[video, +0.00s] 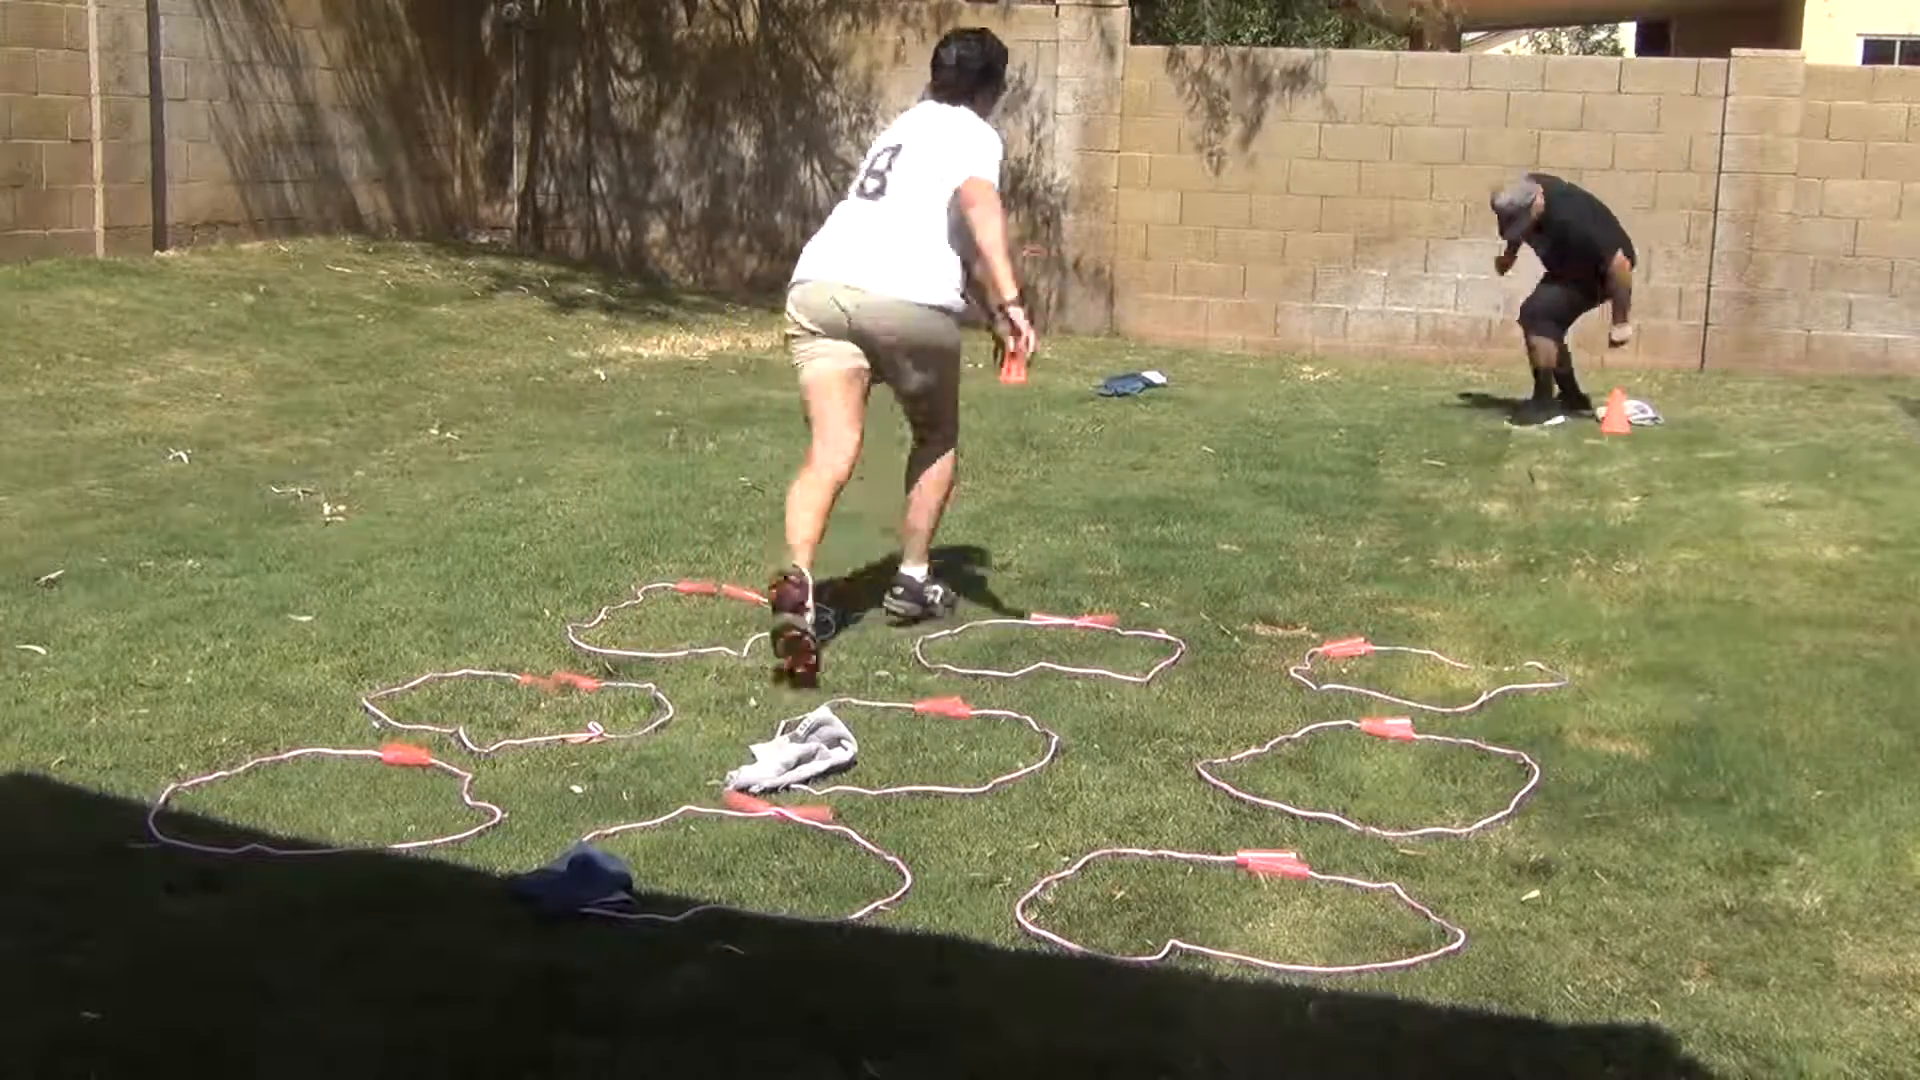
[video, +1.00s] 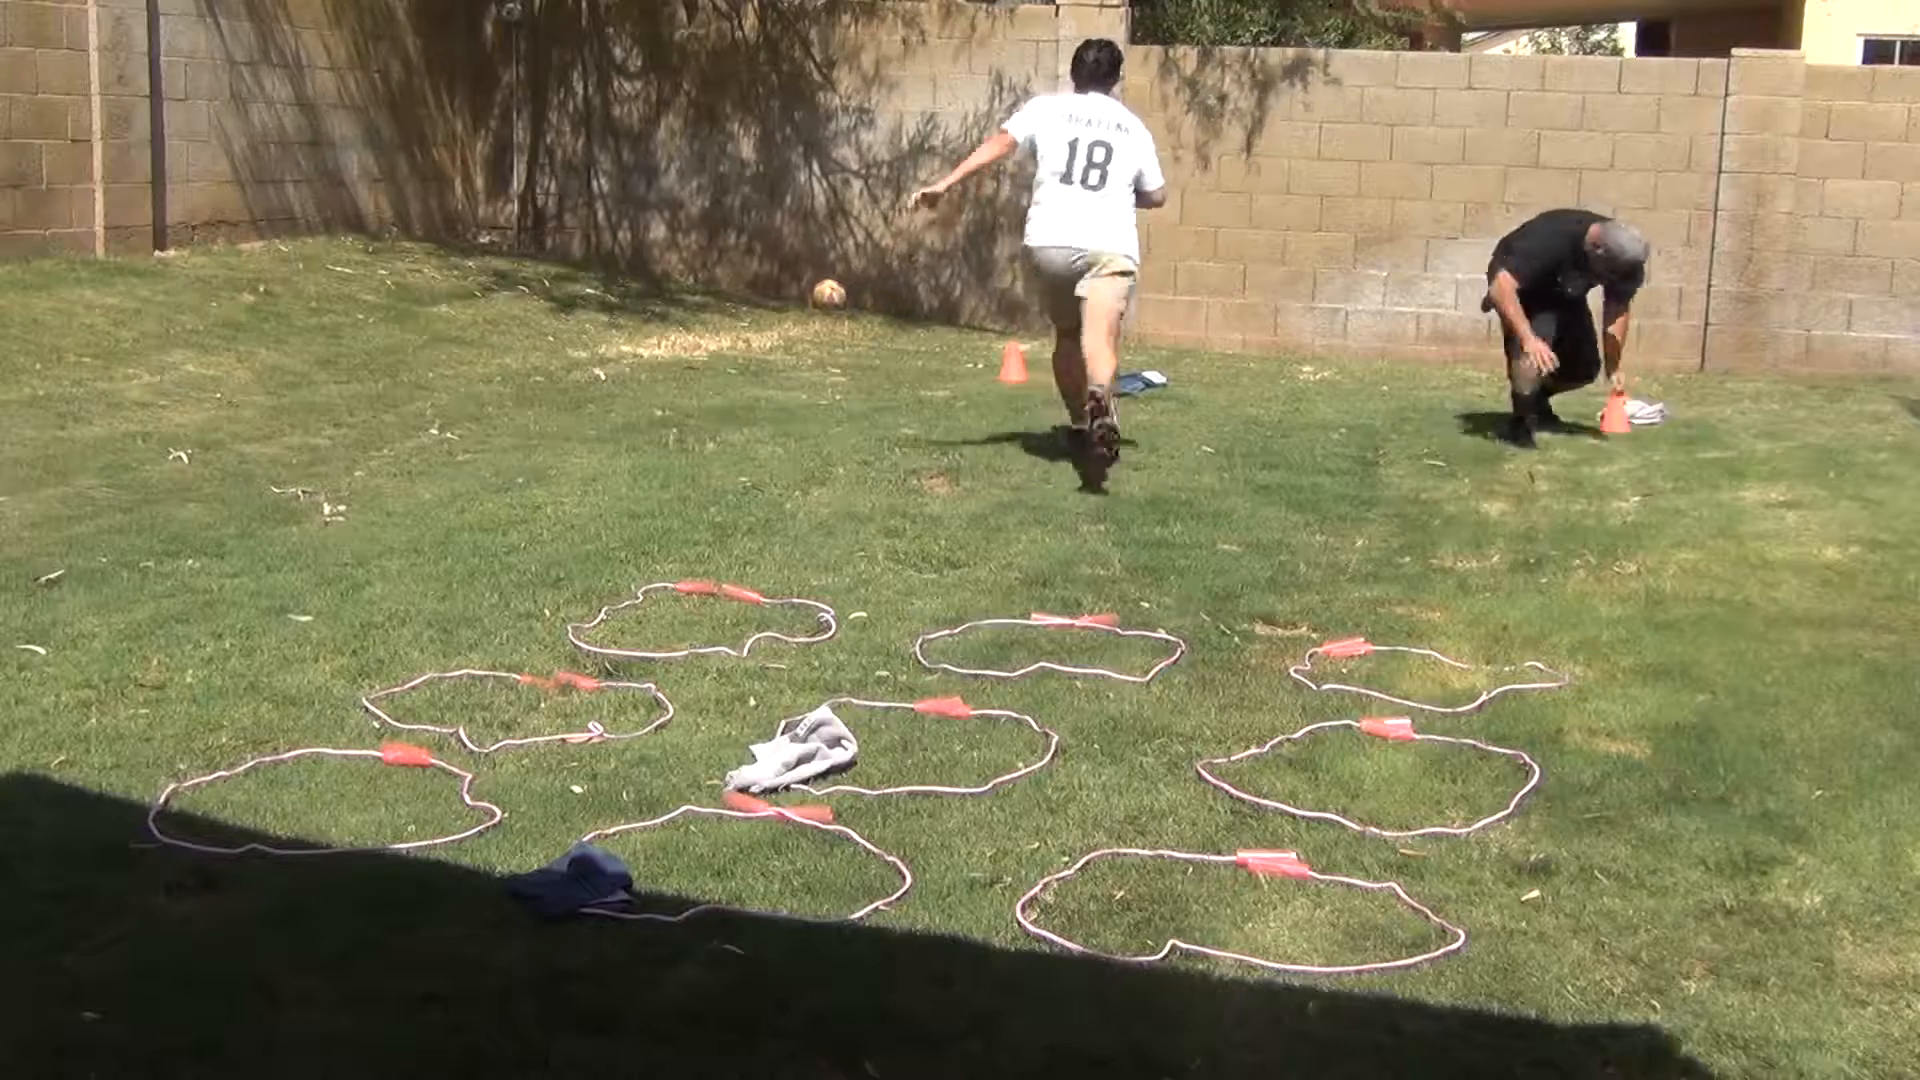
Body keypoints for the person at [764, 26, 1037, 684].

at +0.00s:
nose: (999, 98)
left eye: (998, 88)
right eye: (1000, 88)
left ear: (933, 78)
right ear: (992, 88)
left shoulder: (898, 129)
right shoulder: (976, 135)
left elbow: (905, 246)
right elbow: (978, 205)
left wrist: (986, 313)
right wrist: (1010, 304)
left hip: (818, 287)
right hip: (907, 300)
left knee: (829, 453)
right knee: (935, 437)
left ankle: (795, 578)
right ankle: (913, 581)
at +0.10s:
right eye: (1013, 89)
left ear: (951, 89)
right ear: (1012, 95)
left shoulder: (909, 140)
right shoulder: (1012, 153)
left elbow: (877, 221)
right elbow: (1082, 219)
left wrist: (842, 277)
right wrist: (1143, 291)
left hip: (855, 304)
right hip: (943, 319)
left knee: (884, 447)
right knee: (946, 450)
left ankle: (848, 499)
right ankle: (912, 590)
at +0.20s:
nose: (1023, 96)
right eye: (1026, 87)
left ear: (969, 85)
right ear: (1025, 92)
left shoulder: (920, 136)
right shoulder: (1032, 152)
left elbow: (846, 218)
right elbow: (1118, 216)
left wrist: (806, 291)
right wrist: (1169, 248)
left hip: (888, 305)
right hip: (971, 314)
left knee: (926, 395)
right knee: (955, 454)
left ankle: (913, 486)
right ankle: (918, 583)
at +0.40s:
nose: (1047, 81)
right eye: (1052, 74)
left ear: (997, 70)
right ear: (1050, 75)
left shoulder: (955, 109)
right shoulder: (1067, 127)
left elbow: (910, 193)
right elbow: (1108, 209)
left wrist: (889, 270)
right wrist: (1053, 204)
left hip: (951, 274)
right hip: (1030, 279)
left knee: (972, 400)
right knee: (1017, 398)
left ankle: (983, 489)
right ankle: (999, 472)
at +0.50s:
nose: (1057, 97)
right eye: (1058, 90)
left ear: (1001, 87)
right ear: (1054, 92)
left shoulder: (966, 138)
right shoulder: (1072, 140)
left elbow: (944, 230)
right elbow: (1102, 214)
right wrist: (1077, 248)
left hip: (977, 287)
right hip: (1053, 291)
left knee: (989, 414)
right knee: (1054, 389)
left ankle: (999, 536)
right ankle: (1048, 440)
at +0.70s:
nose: (1099, 90)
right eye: (1099, 82)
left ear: (1050, 84)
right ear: (1098, 87)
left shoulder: (1015, 128)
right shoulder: (1106, 135)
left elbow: (984, 209)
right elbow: (1157, 211)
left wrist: (1002, 244)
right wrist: (1164, 255)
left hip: (1012, 267)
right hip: (1081, 273)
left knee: (1026, 381)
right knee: (1081, 375)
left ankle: (1012, 461)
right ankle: (1085, 490)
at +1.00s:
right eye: (1117, 79)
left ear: (1073, 76)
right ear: (1117, 81)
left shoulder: (1044, 107)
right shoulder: (1132, 125)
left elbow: (998, 144)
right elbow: (1155, 196)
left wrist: (946, 183)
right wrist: (1114, 190)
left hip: (1049, 243)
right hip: (1110, 245)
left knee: (1066, 338)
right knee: (1101, 335)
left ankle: (1082, 430)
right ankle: (1100, 405)